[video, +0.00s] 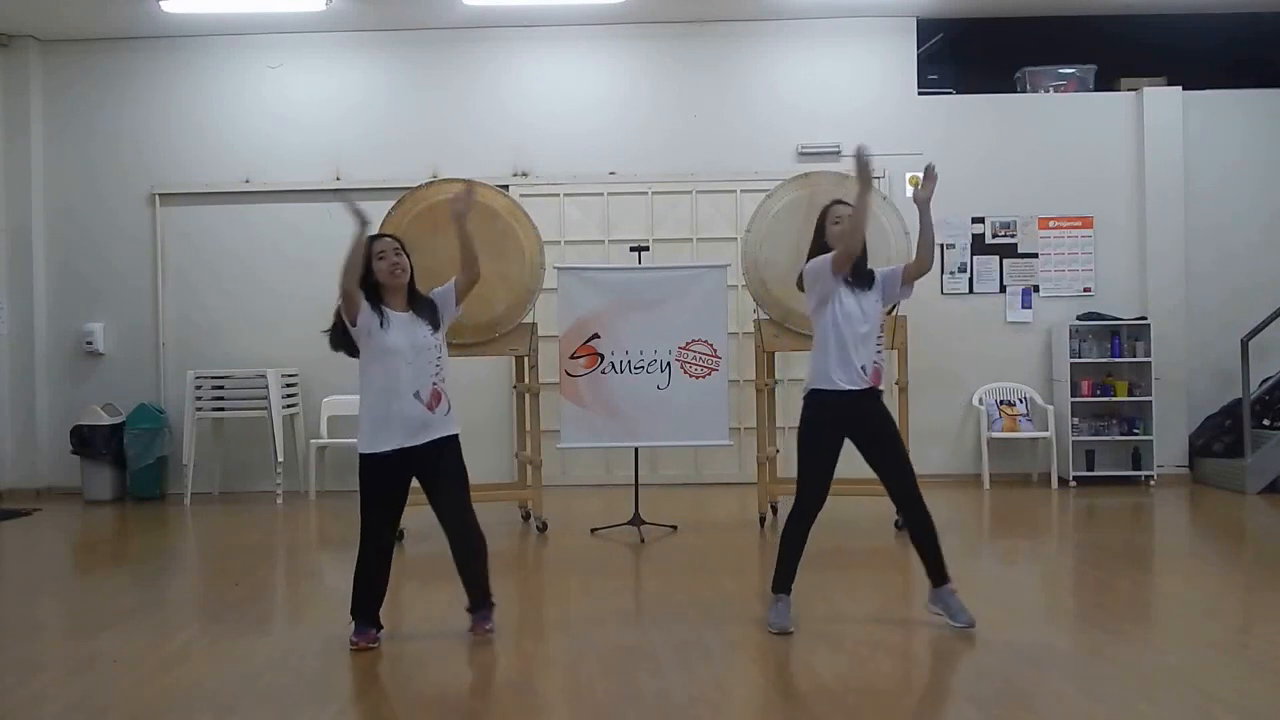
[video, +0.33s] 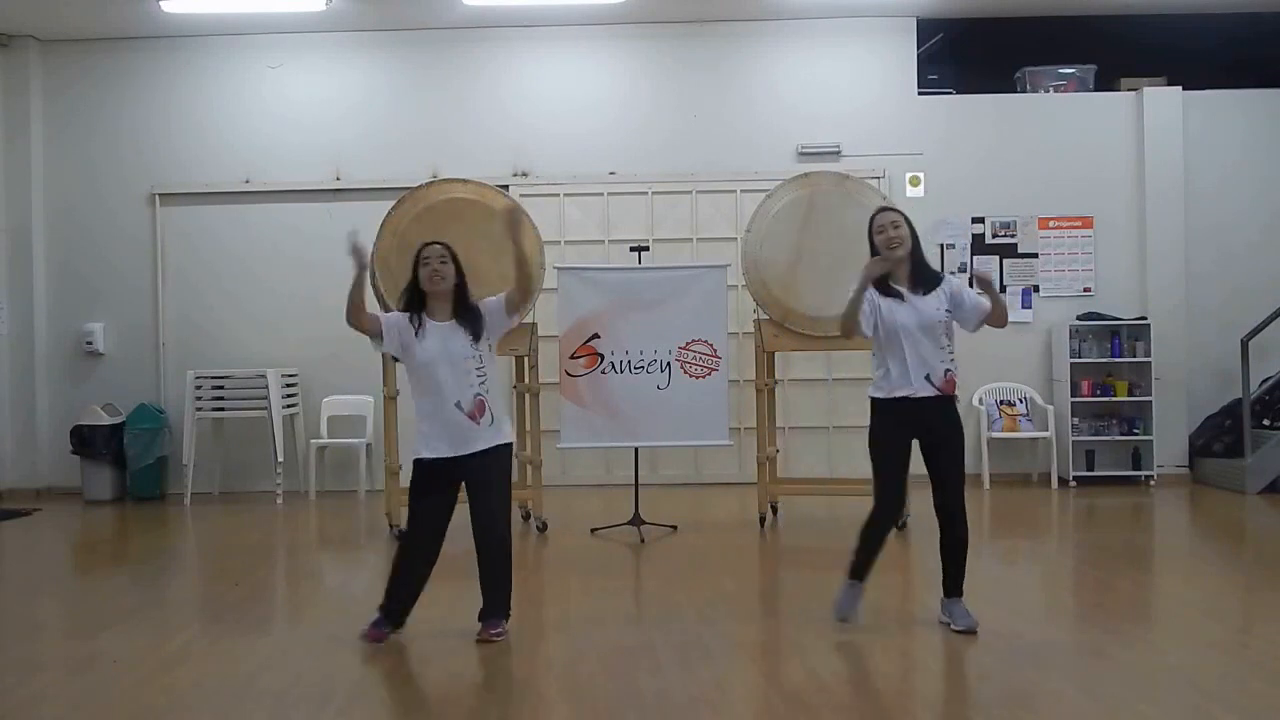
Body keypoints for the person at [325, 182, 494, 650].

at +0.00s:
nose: (392, 259)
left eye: (397, 252)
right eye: (382, 256)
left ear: (410, 264)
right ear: (371, 271)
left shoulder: (434, 310)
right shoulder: (365, 318)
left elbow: (469, 274)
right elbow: (348, 287)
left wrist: (461, 222)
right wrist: (360, 234)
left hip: (437, 438)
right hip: (382, 445)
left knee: (462, 526)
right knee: (375, 537)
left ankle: (481, 608)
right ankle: (366, 622)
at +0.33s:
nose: (435, 267)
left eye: (443, 261)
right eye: (426, 262)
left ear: (458, 273)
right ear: (416, 278)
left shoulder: (481, 317)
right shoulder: (404, 325)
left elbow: (524, 292)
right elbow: (357, 318)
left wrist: (516, 240)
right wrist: (361, 272)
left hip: (488, 445)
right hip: (434, 450)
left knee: (492, 534)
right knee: (420, 537)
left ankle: (495, 616)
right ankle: (389, 616)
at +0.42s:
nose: (445, 263)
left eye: (455, 258)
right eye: (439, 258)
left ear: (470, 272)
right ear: (430, 270)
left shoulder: (493, 315)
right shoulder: (413, 323)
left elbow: (541, 300)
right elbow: (354, 329)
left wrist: (565, 262)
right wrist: (319, 299)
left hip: (490, 444)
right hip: (437, 447)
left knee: (490, 535)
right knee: (438, 536)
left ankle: (495, 617)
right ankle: (433, 610)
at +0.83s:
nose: (455, 263)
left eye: (468, 260)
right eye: (453, 256)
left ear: (483, 277)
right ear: (444, 264)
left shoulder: (491, 317)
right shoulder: (421, 313)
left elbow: (523, 294)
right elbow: (367, 301)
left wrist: (533, 246)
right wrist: (329, 264)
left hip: (478, 445)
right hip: (428, 445)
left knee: (479, 529)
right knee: (404, 519)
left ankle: (494, 613)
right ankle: (429, 596)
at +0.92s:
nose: (448, 262)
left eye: (459, 259)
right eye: (446, 254)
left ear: (473, 273)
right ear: (436, 263)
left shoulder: (480, 316)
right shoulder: (414, 311)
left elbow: (489, 278)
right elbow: (371, 287)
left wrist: (479, 226)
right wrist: (365, 239)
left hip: (469, 447)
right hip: (417, 445)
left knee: (476, 532)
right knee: (390, 529)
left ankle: (493, 616)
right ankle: (389, 609)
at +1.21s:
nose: (407, 267)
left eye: (418, 263)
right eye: (401, 260)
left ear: (431, 279)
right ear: (390, 272)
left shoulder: (439, 322)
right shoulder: (367, 316)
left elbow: (471, 296)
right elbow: (321, 291)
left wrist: (450, 245)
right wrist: (342, 256)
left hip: (420, 448)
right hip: (367, 447)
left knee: (437, 534)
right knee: (363, 539)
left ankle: (480, 613)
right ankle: (362, 620)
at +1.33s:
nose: (398, 266)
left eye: (408, 261)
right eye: (391, 260)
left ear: (420, 276)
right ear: (379, 272)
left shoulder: (433, 320)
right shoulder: (352, 318)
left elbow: (479, 304)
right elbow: (295, 305)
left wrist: (490, 259)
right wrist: (285, 264)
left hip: (415, 447)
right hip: (360, 448)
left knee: (425, 532)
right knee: (359, 538)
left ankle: (446, 611)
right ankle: (363, 620)